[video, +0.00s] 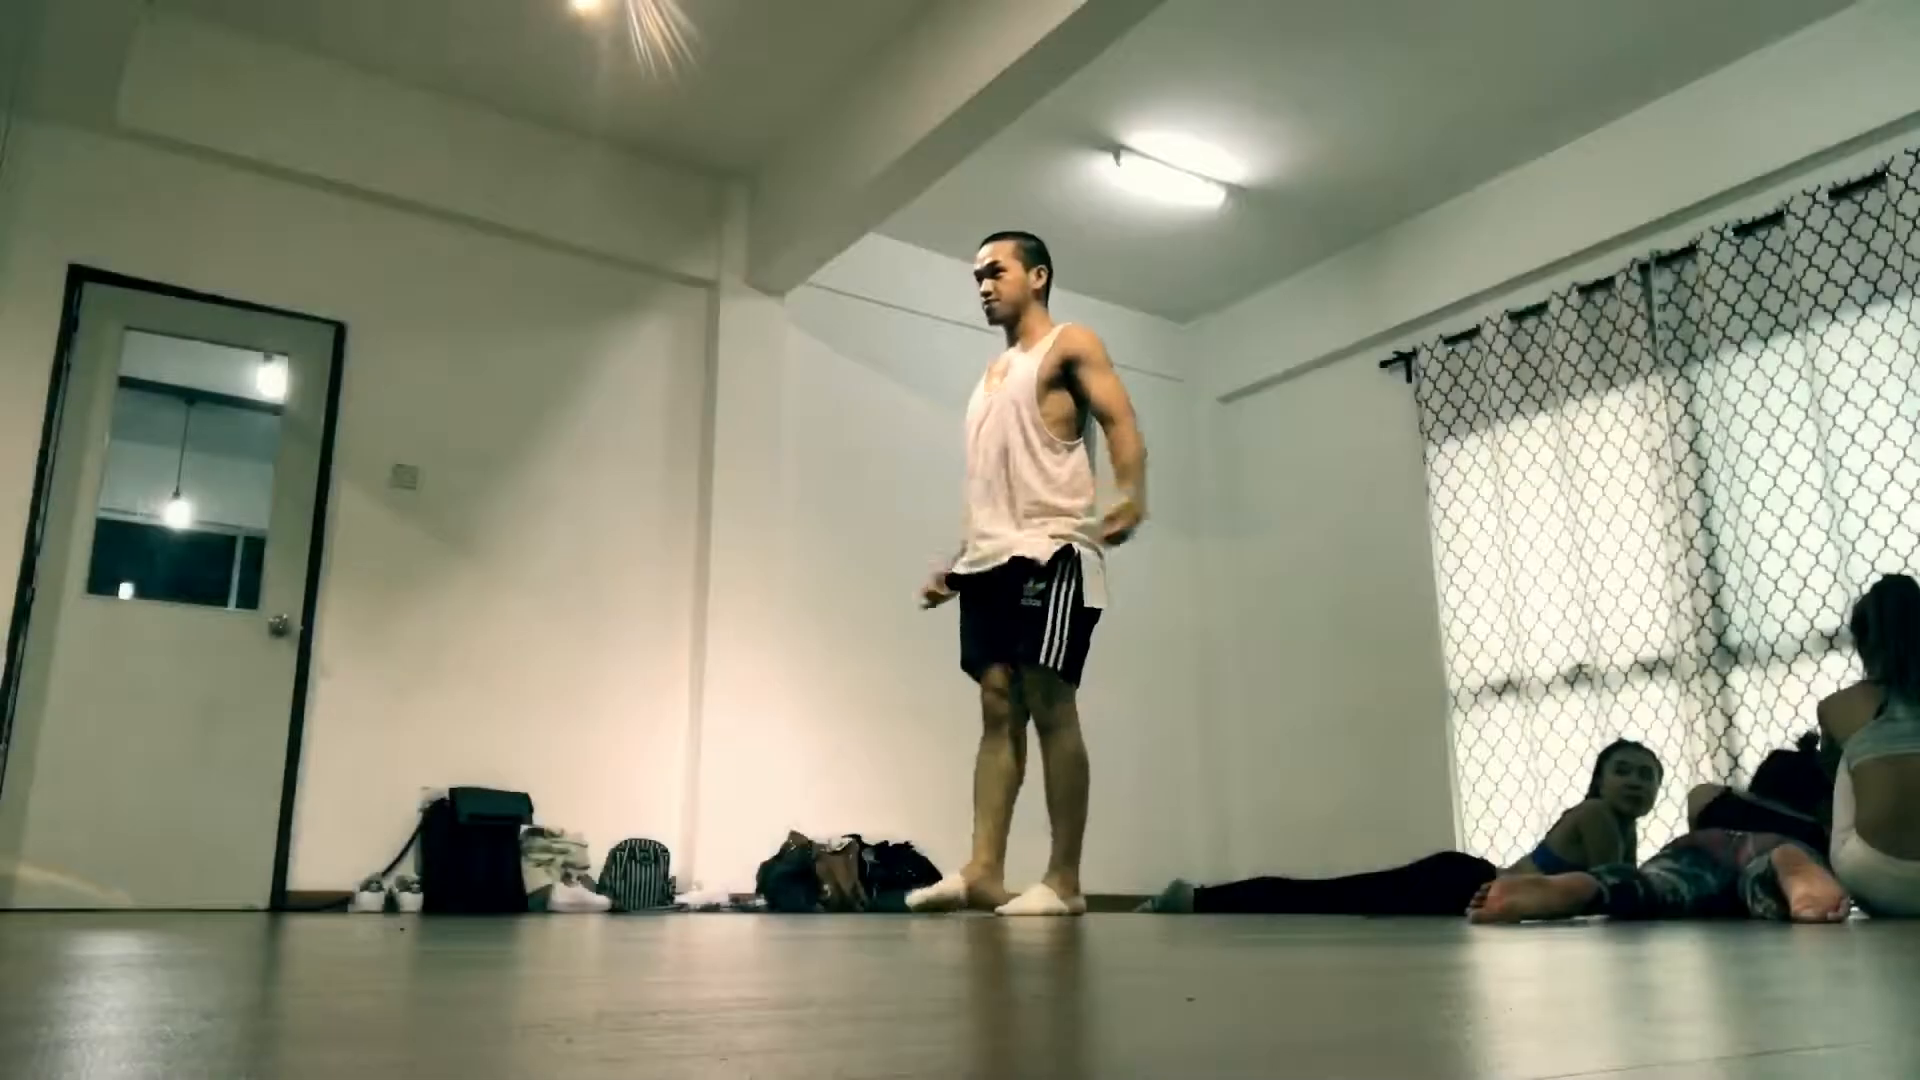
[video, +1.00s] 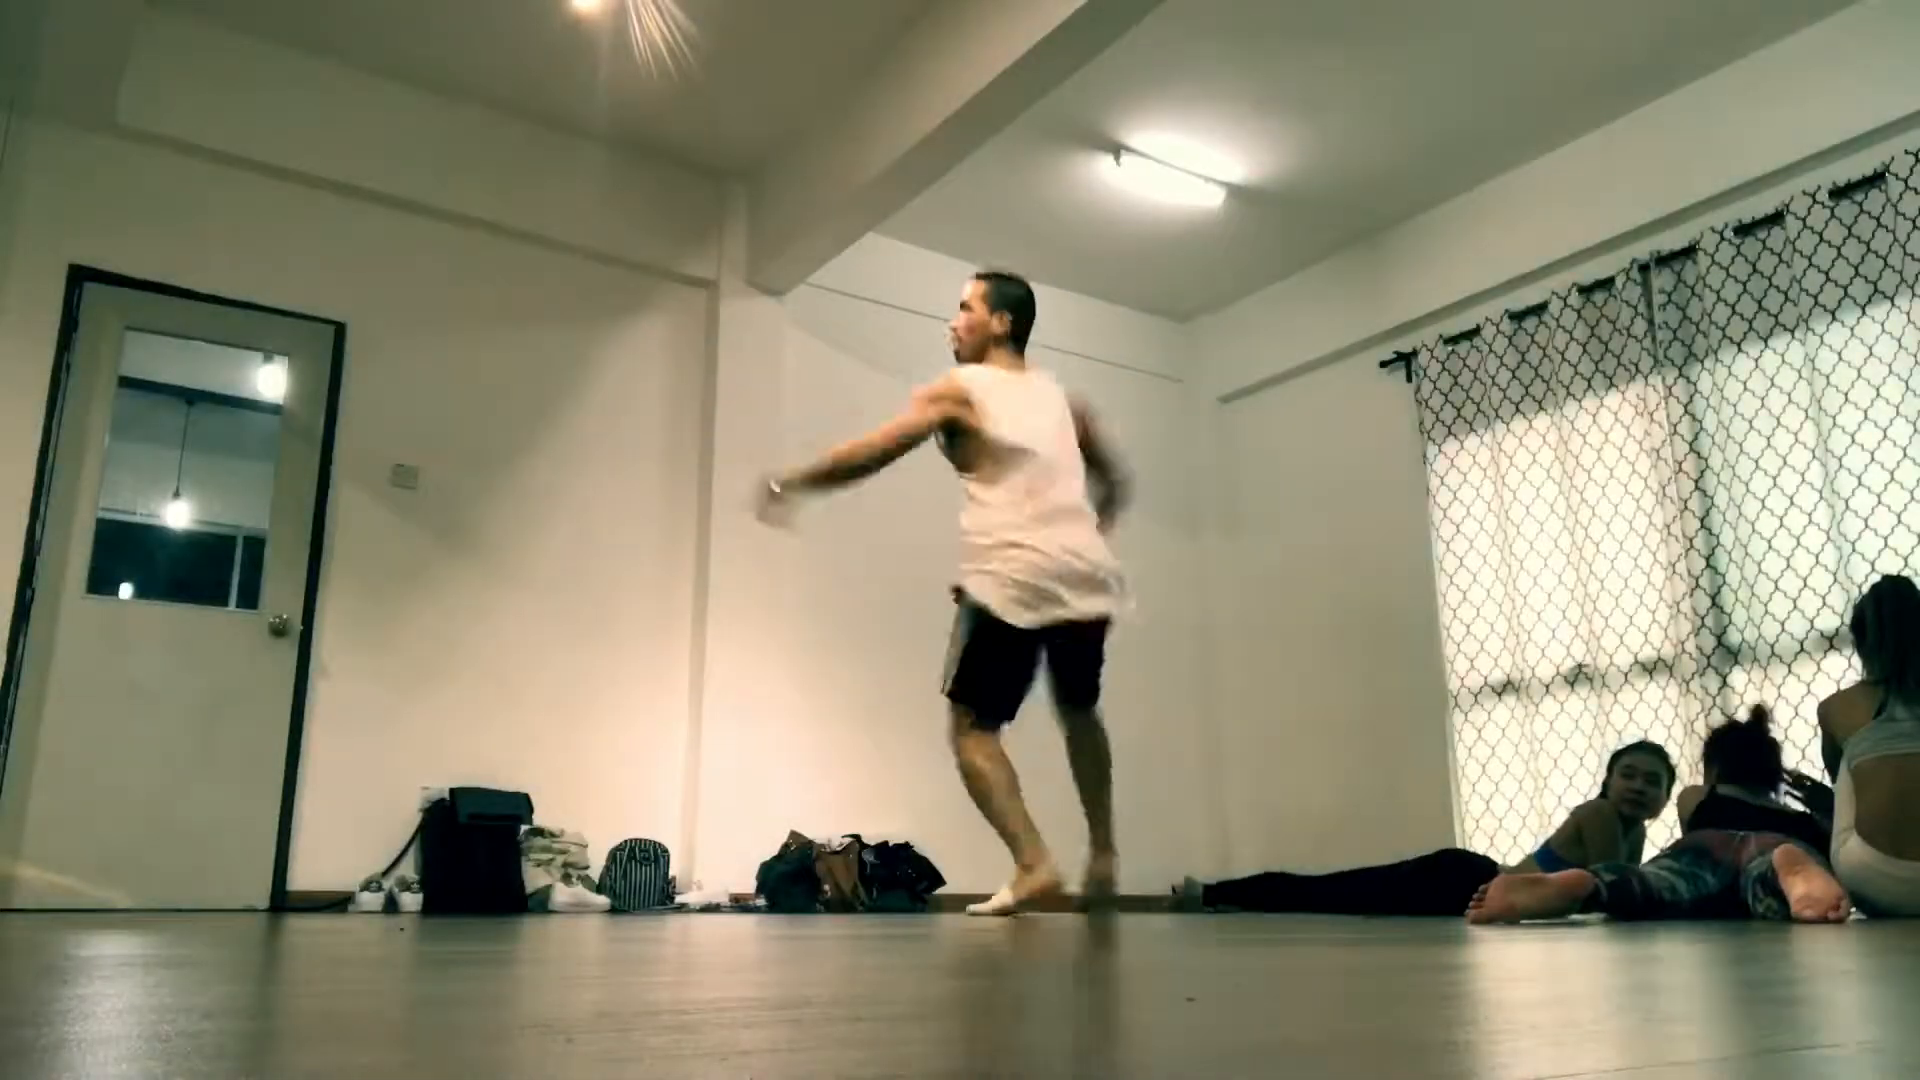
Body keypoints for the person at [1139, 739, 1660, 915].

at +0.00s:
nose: (1639, 785)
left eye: (1648, 778)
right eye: (1627, 773)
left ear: (1655, 791)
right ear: (1601, 778)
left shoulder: (1618, 831)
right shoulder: (1596, 821)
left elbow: (1616, 899)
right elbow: (1611, 897)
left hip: (1473, 888)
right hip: (1464, 884)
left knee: (1340, 894)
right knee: (1334, 896)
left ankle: (1204, 896)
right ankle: (1199, 899)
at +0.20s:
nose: (1639, 787)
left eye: (1648, 779)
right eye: (1627, 774)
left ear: (1656, 791)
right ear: (1602, 778)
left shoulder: (1618, 831)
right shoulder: (1596, 821)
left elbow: (1617, 898)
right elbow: (1612, 896)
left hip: (1472, 887)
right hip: (1463, 884)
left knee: (1339, 894)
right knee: (1334, 895)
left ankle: (1203, 896)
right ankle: (1199, 899)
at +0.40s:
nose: (1638, 789)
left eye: (1648, 782)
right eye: (1626, 777)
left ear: (1656, 793)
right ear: (1601, 779)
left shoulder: (1620, 835)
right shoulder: (1592, 820)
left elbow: (1619, 899)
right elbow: (1609, 897)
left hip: (1471, 888)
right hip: (1461, 884)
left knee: (1337, 895)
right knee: (1331, 895)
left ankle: (1202, 896)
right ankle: (1195, 898)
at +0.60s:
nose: (1636, 787)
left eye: (1647, 781)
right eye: (1625, 775)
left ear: (1656, 794)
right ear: (1601, 780)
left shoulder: (1622, 837)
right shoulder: (1591, 821)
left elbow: (1622, 900)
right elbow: (1610, 897)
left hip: (1472, 888)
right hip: (1463, 883)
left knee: (1333, 895)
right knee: (1329, 896)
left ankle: (1192, 897)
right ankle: (1183, 900)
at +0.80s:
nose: (1636, 789)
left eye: (1647, 782)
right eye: (1625, 776)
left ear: (1658, 794)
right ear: (1602, 780)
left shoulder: (1623, 838)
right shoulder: (1591, 821)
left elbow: (1621, 900)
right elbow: (1611, 897)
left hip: (1472, 887)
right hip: (1463, 883)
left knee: (1330, 895)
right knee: (1327, 896)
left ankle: (1179, 899)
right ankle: (1174, 900)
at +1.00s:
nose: (1642, 790)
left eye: (1654, 784)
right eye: (1632, 777)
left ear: (1665, 797)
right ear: (1610, 781)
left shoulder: (1632, 839)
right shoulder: (1595, 820)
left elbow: (1624, 900)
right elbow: (1613, 896)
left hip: (1478, 890)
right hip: (1467, 883)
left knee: (1345, 892)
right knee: (1341, 891)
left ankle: (1216, 894)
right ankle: (1209, 896)